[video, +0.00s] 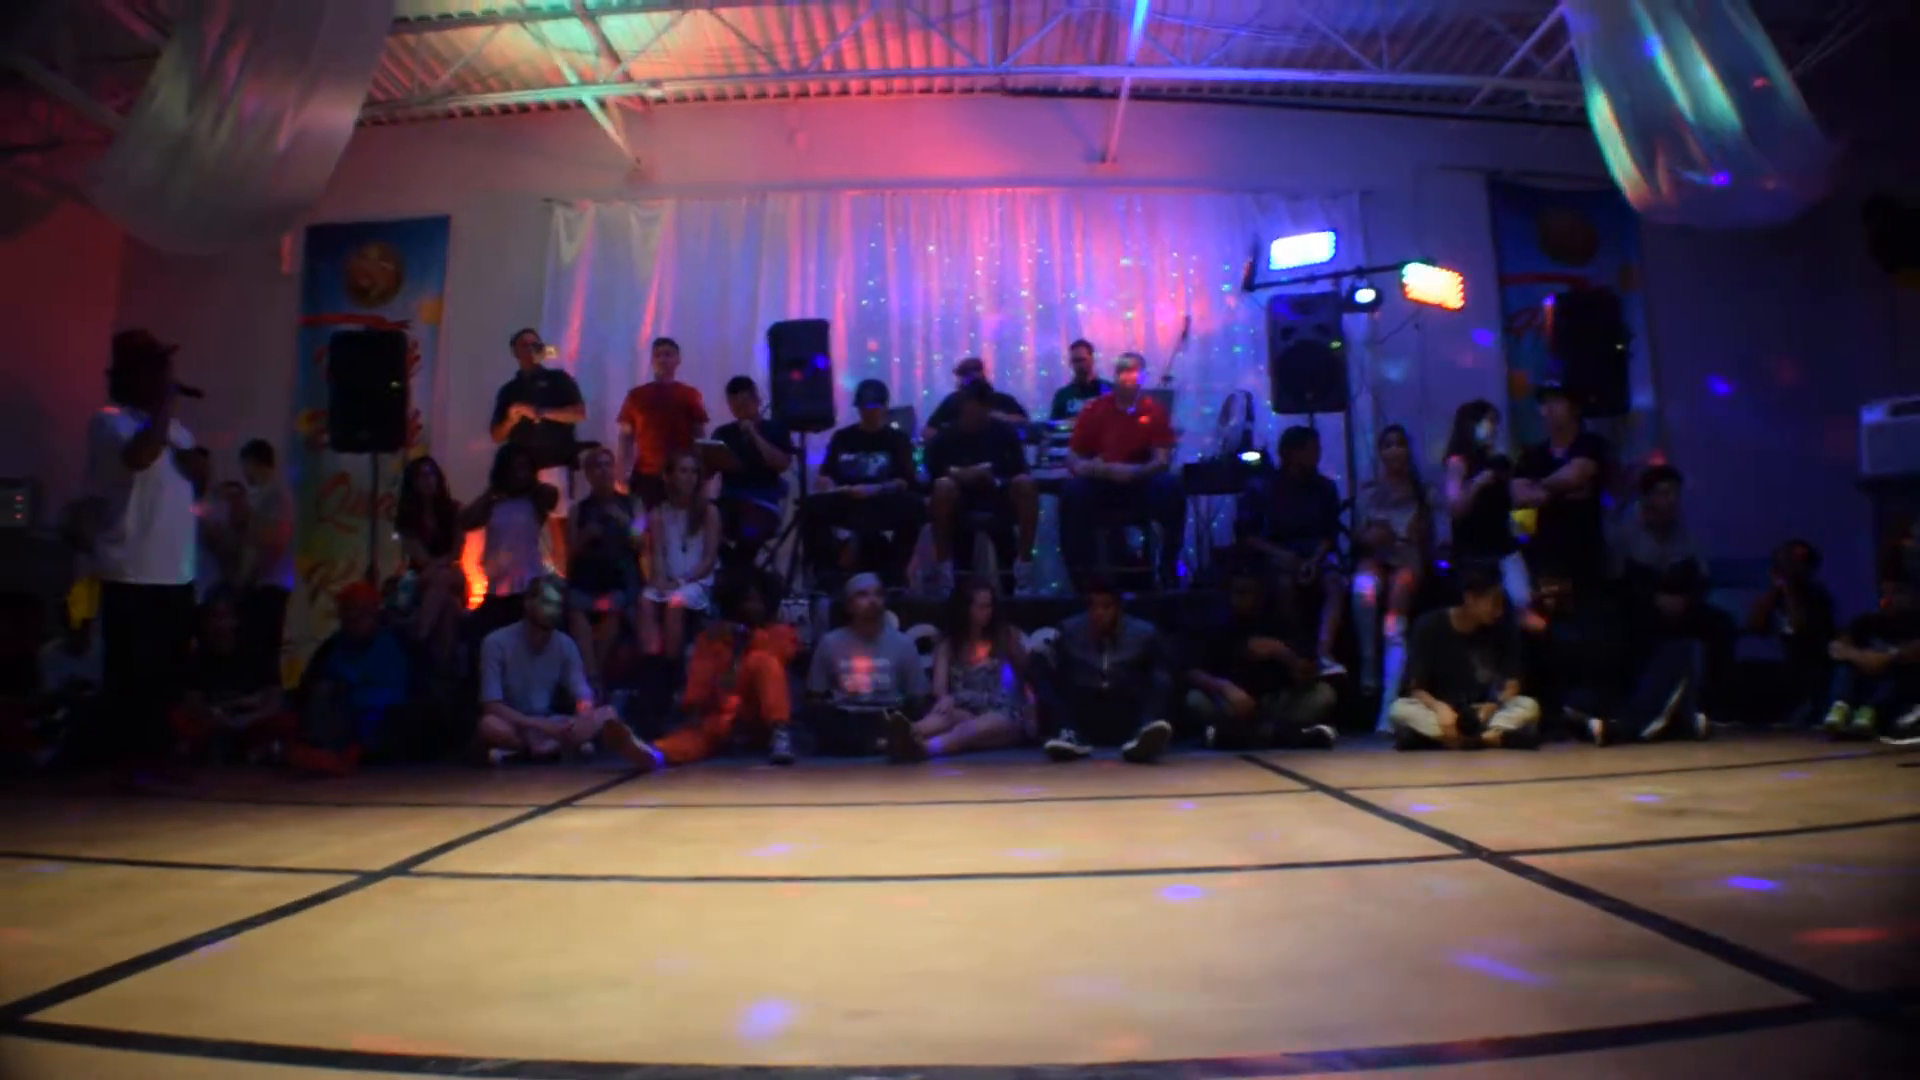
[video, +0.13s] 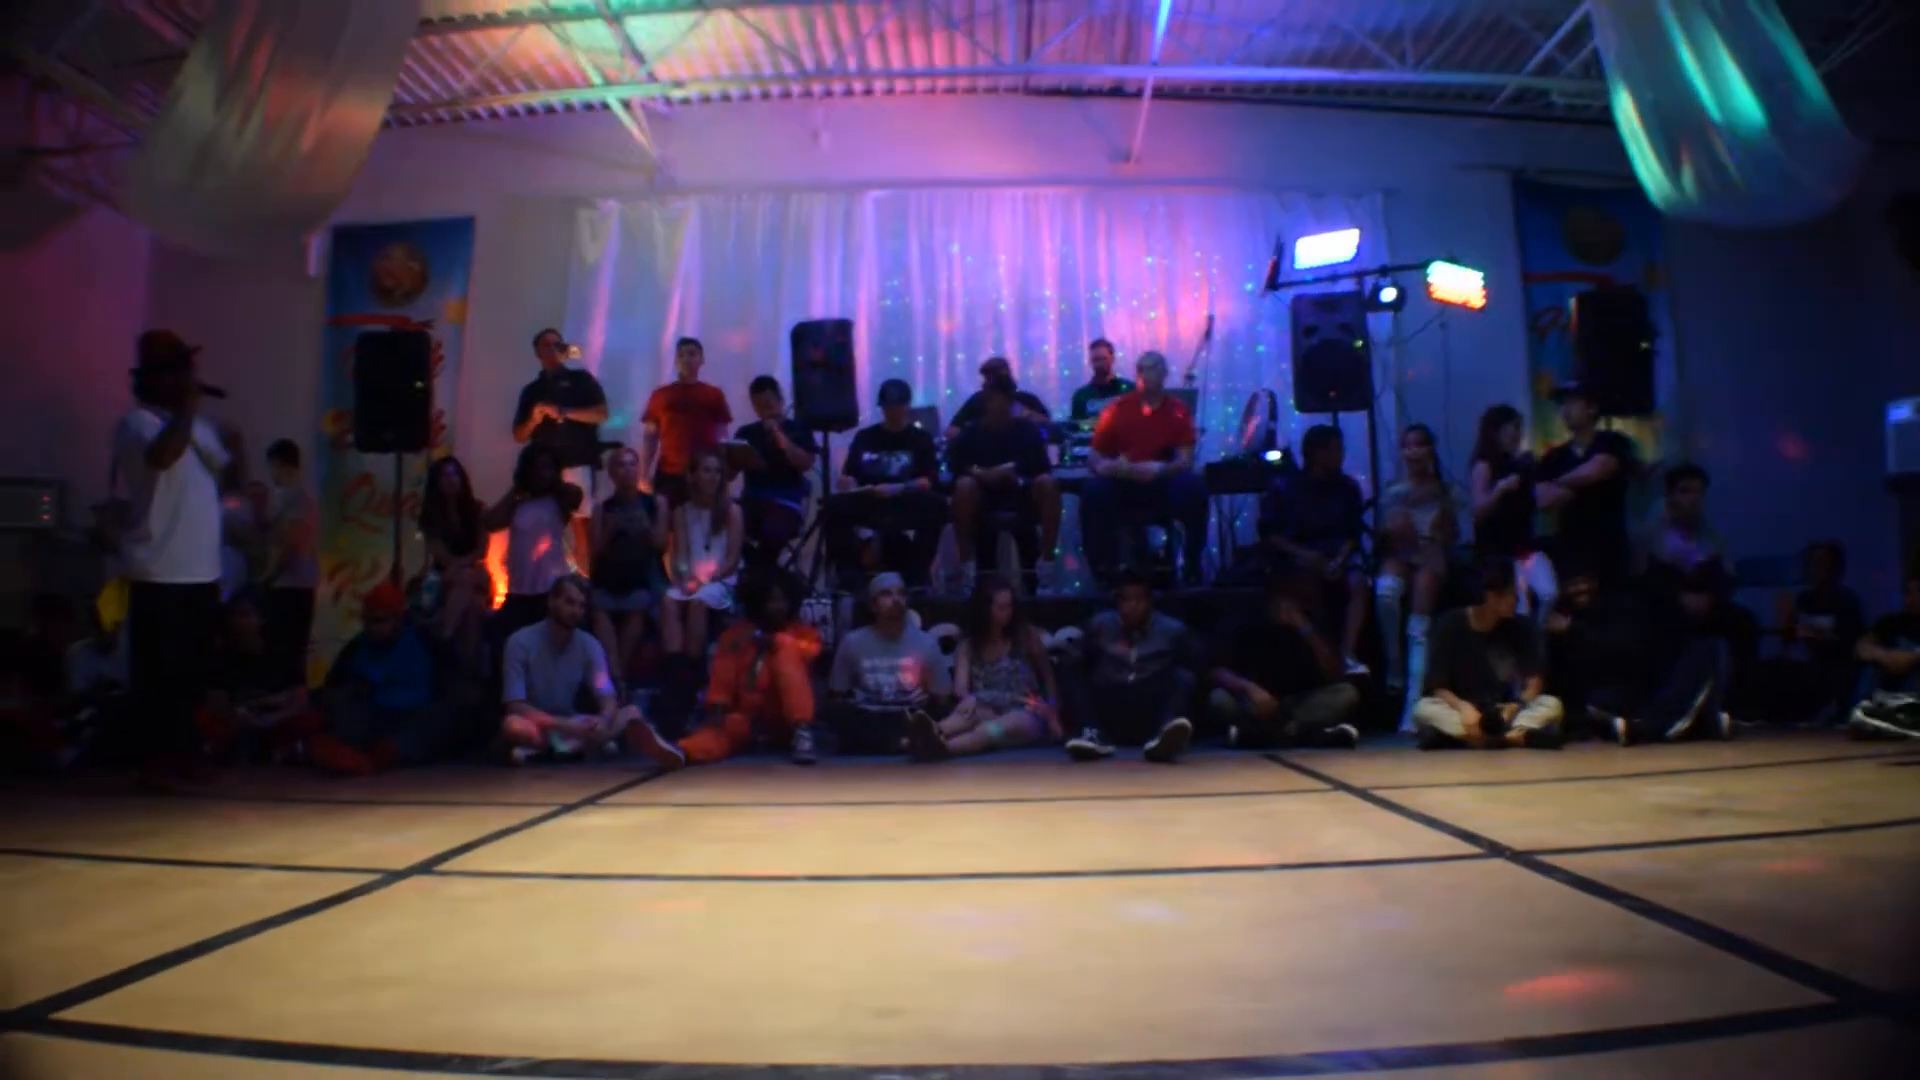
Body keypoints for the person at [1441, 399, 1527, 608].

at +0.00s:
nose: (1493, 428)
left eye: (1495, 422)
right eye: (1487, 422)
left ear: (1497, 426)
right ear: (1471, 426)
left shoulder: (1498, 459)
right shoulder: (1458, 461)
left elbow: (1509, 496)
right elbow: (1455, 504)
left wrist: (1535, 495)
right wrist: (1477, 484)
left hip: (1503, 545)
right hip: (1473, 549)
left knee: (1521, 600)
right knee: (1478, 608)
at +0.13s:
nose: (1516, 434)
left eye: (1518, 428)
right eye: (1511, 429)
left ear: (1521, 430)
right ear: (1496, 432)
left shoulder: (1521, 462)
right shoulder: (1484, 465)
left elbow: (1534, 498)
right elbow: (1479, 507)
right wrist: (1501, 489)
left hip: (1523, 544)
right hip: (1495, 548)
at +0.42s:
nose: (1522, 440)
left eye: (1524, 434)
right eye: (1515, 435)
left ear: (1530, 438)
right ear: (1503, 441)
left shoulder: (1537, 471)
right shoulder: (1495, 472)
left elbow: (1551, 501)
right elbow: (1477, 511)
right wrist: (1497, 485)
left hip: (1532, 543)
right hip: (1504, 544)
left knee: (1552, 579)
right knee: (1524, 594)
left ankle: (1546, 642)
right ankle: (1518, 646)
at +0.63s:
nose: (1515, 437)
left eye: (1517, 431)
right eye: (1507, 433)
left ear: (1525, 435)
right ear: (1497, 442)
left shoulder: (1538, 468)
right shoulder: (1494, 473)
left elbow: (1548, 504)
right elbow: (1487, 512)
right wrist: (1500, 482)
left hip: (1536, 535)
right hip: (1503, 534)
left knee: (1548, 562)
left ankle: (1542, 631)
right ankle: (1519, 621)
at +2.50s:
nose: (1504, 445)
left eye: (1509, 439)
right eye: (1497, 439)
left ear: (1518, 445)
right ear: (1488, 446)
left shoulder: (1527, 481)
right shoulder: (1478, 482)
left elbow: (1539, 519)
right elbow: (1472, 524)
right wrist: (1485, 504)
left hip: (1524, 551)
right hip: (1492, 551)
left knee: (1534, 575)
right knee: (1508, 580)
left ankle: (1533, 628)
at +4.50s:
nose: (1514, 443)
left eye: (1515, 438)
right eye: (1506, 438)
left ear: (1519, 441)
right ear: (1490, 446)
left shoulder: (1524, 477)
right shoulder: (1479, 479)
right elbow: (1470, 528)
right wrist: (1488, 508)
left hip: (1521, 548)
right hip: (1489, 549)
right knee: (1491, 571)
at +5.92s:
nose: (1509, 451)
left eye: (1514, 445)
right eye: (1502, 445)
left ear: (1521, 448)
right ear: (1491, 449)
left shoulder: (1528, 478)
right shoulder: (1480, 480)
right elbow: (1472, 525)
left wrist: (1529, 505)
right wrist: (1493, 502)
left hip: (1525, 551)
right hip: (1491, 551)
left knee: (1539, 585)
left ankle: (1527, 643)